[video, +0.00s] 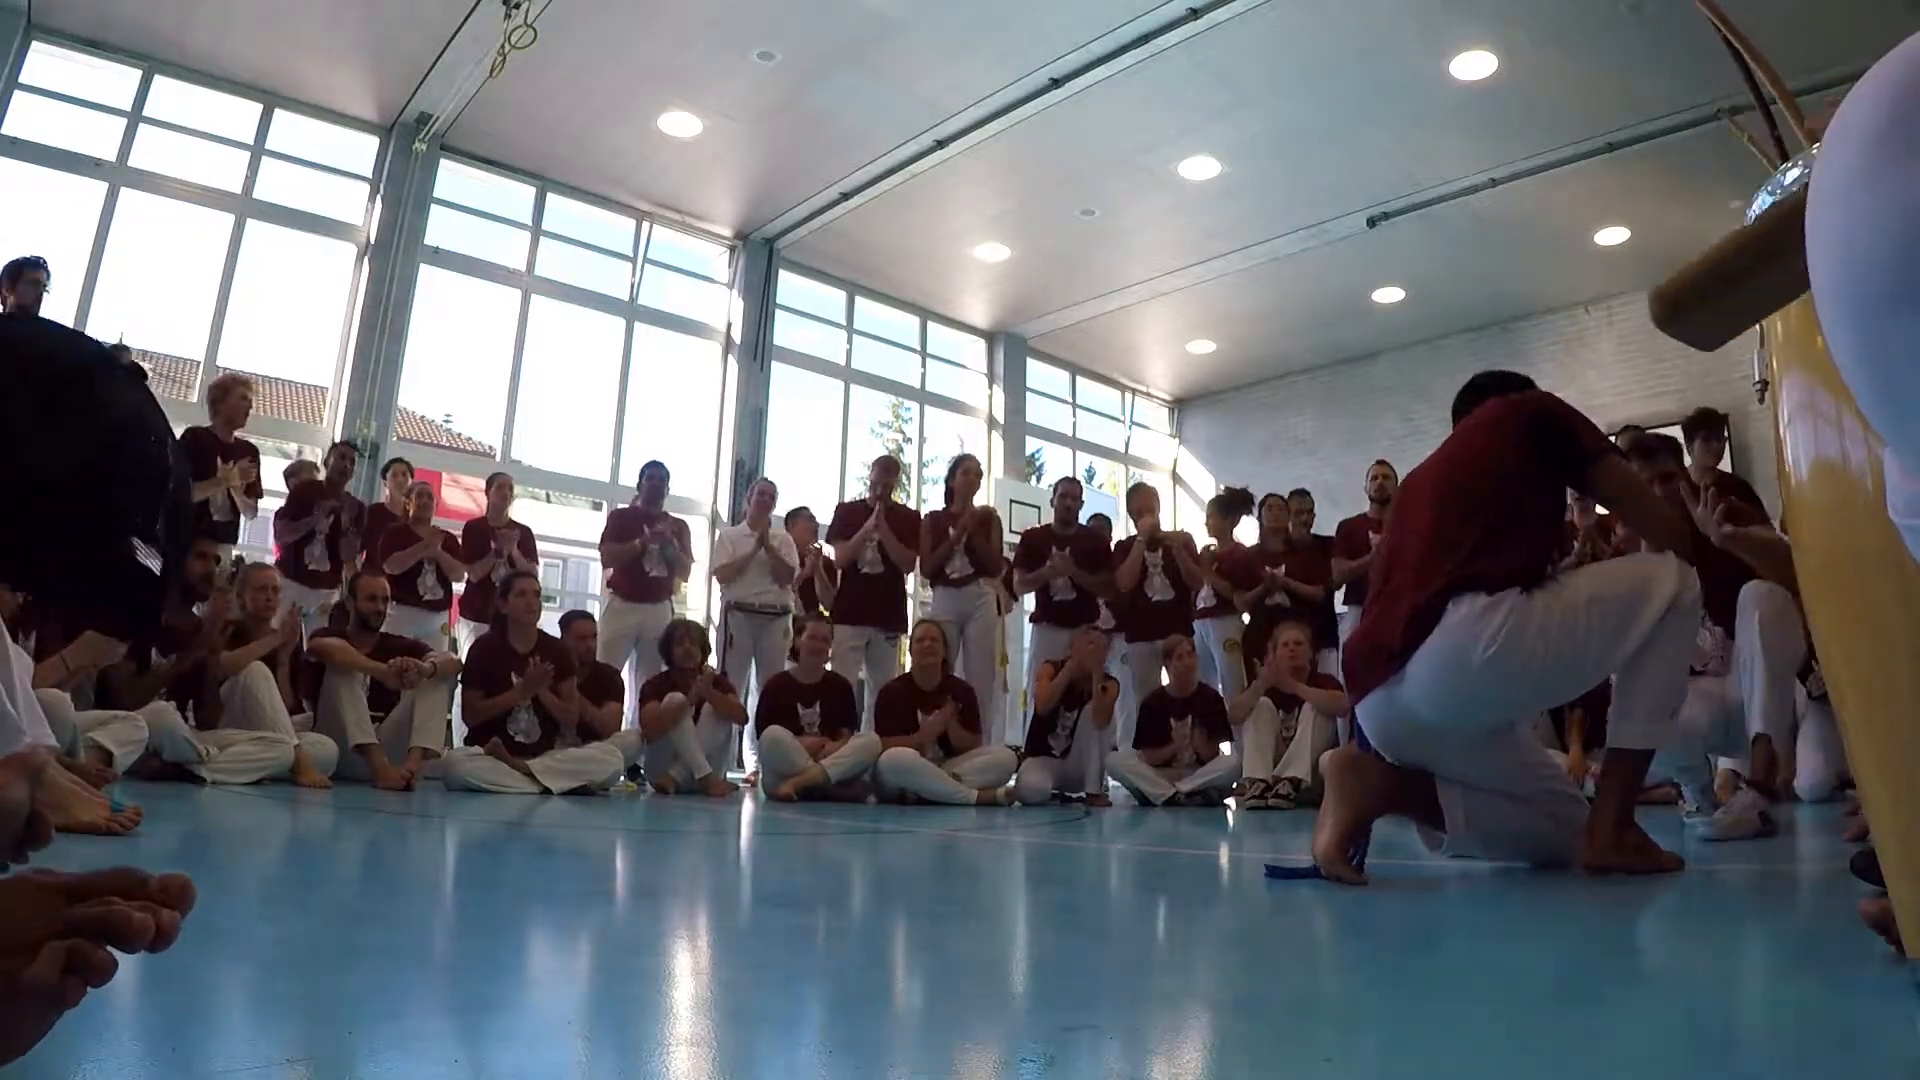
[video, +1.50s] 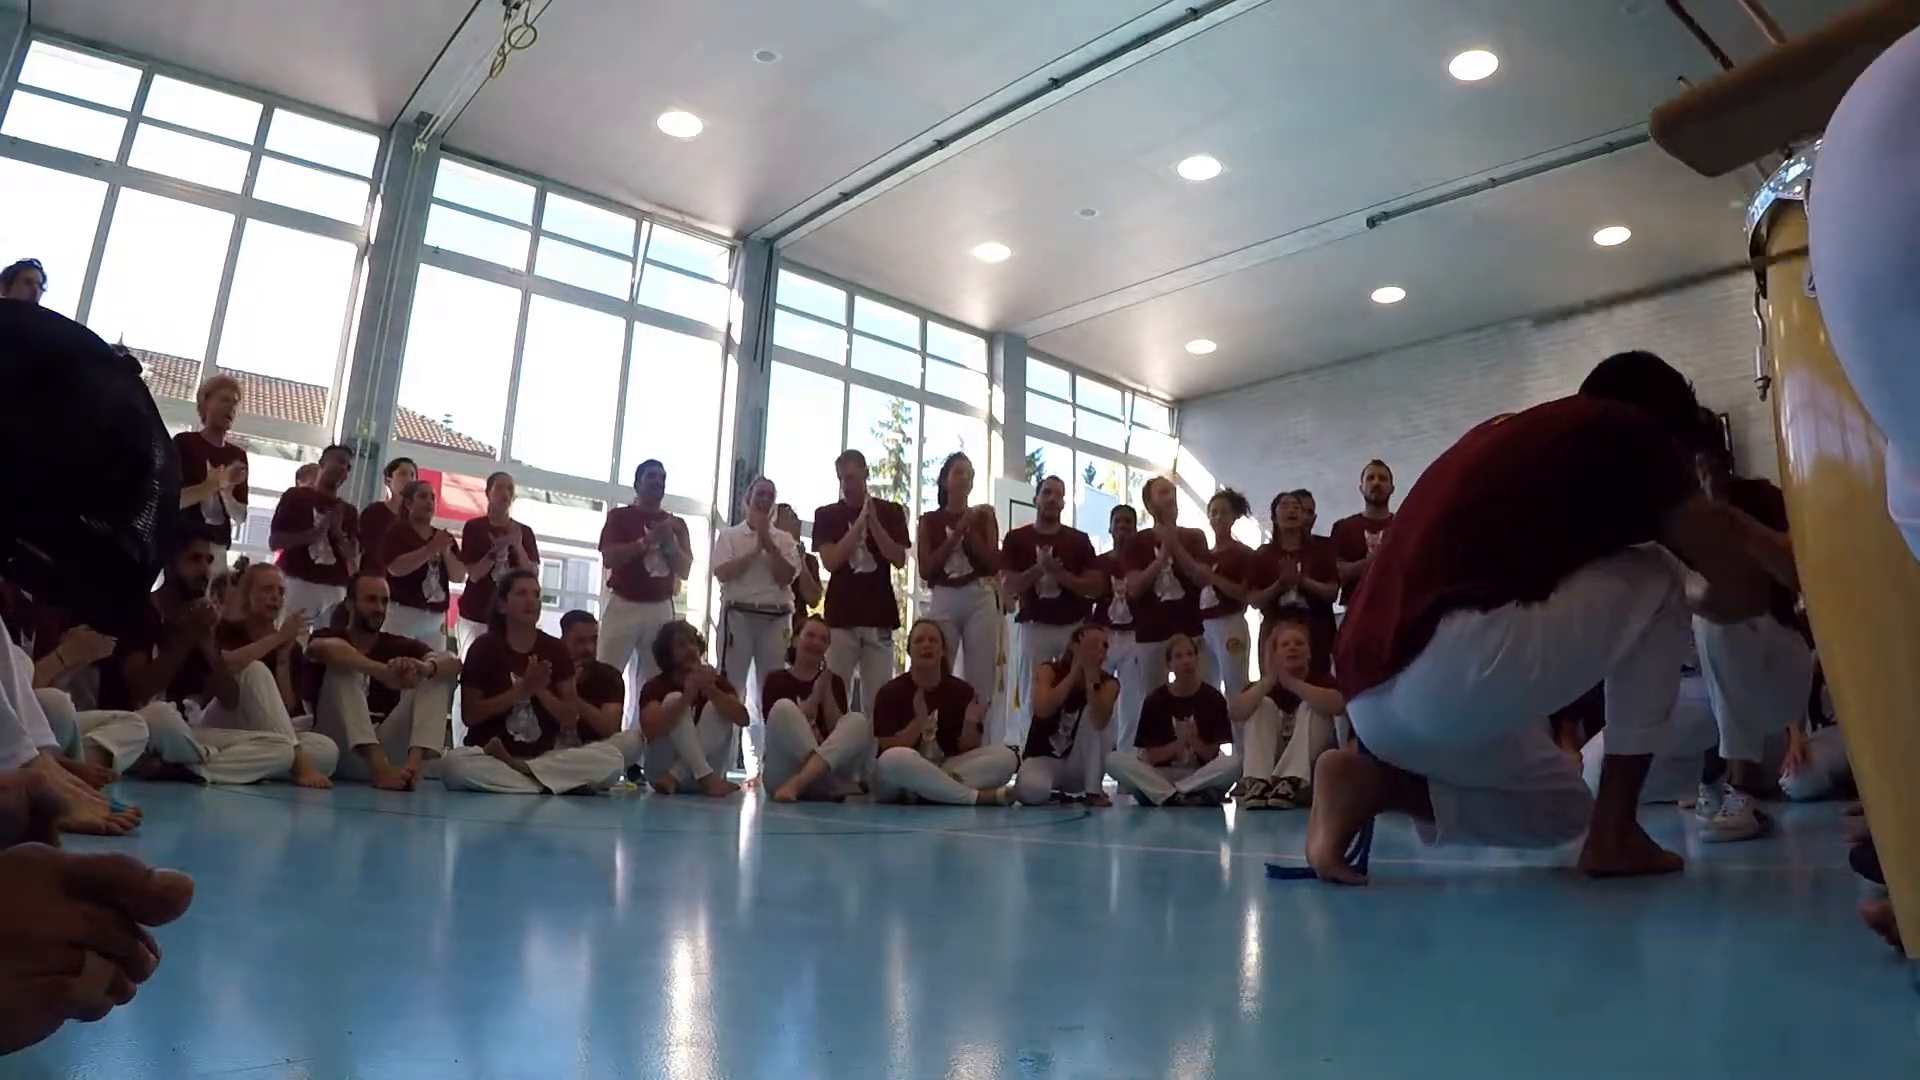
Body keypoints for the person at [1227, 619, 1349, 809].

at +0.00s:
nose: (1292, 649)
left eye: (1298, 644)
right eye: (1284, 645)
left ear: (1310, 652)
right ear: (1272, 654)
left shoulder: (1323, 681)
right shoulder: (1261, 687)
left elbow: (1342, 707)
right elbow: (1234, 716)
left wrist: (1293, 686)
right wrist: (1262, 682)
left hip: (1313, 770)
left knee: (1315, 707)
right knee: (1261, 705)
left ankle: (1289, 781)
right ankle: (1256, 780)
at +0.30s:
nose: (1294, 648)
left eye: (1301, 644)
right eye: (1287, 644)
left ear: (1311, 654)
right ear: (1273, 655)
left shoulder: (1324, 681)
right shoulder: (1261, 685)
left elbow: (1341, 707)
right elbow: (1234, 716)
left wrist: (1293, 685)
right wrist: (1262, 682)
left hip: (1313, 768)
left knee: (1315, 707)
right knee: (1260, 705)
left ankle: (1289, 781)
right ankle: (1256, 780)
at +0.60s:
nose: (1294, 649)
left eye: (1301, 644)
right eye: (1287, 644)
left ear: (1311, 654)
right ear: (1273, 653)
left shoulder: (1324, 681)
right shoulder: (1261, 686)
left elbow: (1344, 706)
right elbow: (1234, 717)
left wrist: (1295, 684)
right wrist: (1259, 683)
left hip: (1313, 770)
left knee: (1316, 706)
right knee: (1259, 705)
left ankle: (1290, 781)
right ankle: (1256, 780)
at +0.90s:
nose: (1294, 649)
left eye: (1300, 644)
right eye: (1286, 644)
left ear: (1310, 652)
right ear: (1274, 653)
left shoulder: (1322, 681)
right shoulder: (1258, 687)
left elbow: (1340, 705)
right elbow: (1233, 716)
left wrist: (1293, 683)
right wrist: (1266, 679)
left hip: (1311, 767)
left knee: (1317, 706)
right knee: (1260, 704)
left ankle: (1289, 781)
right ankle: (1256, 781)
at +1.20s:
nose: (1292, 648)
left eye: (1299, 643)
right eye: (1285, 643)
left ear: (1309, 652)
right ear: (1274, 652)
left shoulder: (1322, 681)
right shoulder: (1258, 688)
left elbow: (1340, 705)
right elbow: (1233, 716)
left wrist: (1293, 684)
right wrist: (1267, 681)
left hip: (1311, 766)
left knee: (1316, 706)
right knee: (1259, 705)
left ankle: (1289, 781)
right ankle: (1256, 780)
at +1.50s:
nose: (1292, 648)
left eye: (1299, 643)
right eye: (1284, 644)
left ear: (1309, 652)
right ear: (1272, 654)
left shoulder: (1322, 681)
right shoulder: (1257, 689)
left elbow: (1337, 705)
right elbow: (1235, 713)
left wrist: (1289, 681)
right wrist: (1269, 680)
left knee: (1312, 707)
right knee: (1262, 705)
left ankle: (1289, 781)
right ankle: (1256, 780)